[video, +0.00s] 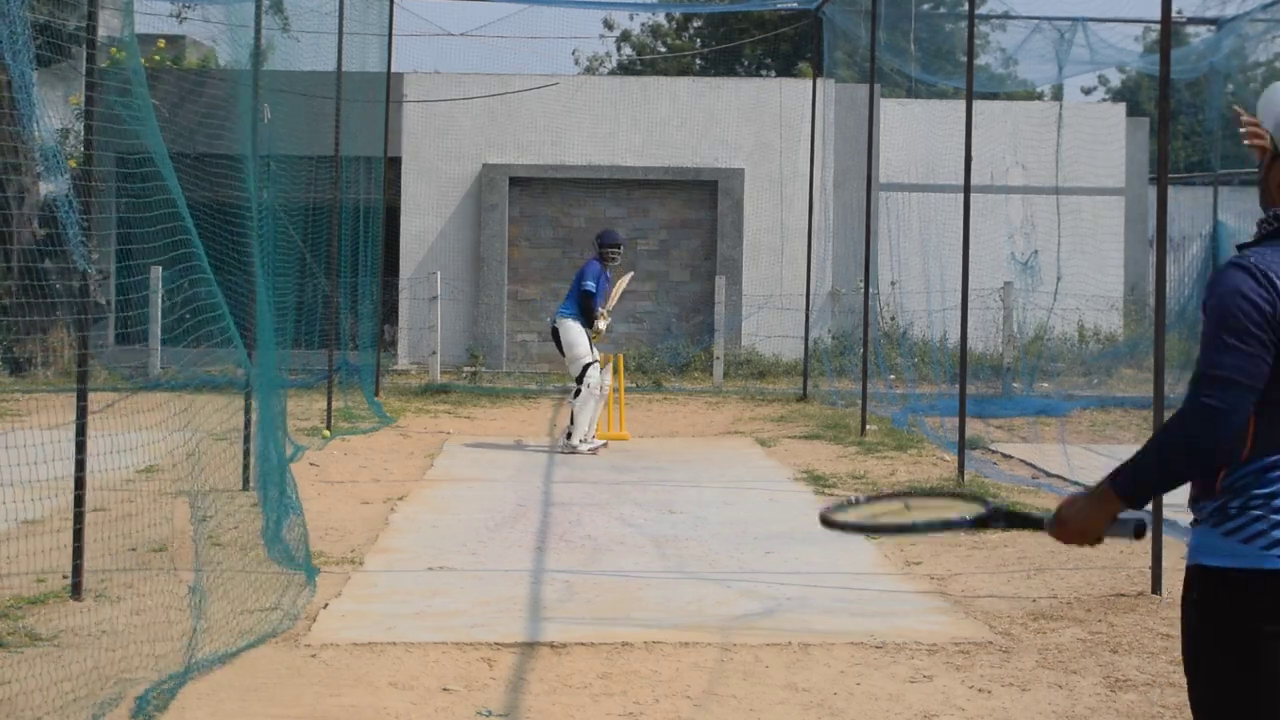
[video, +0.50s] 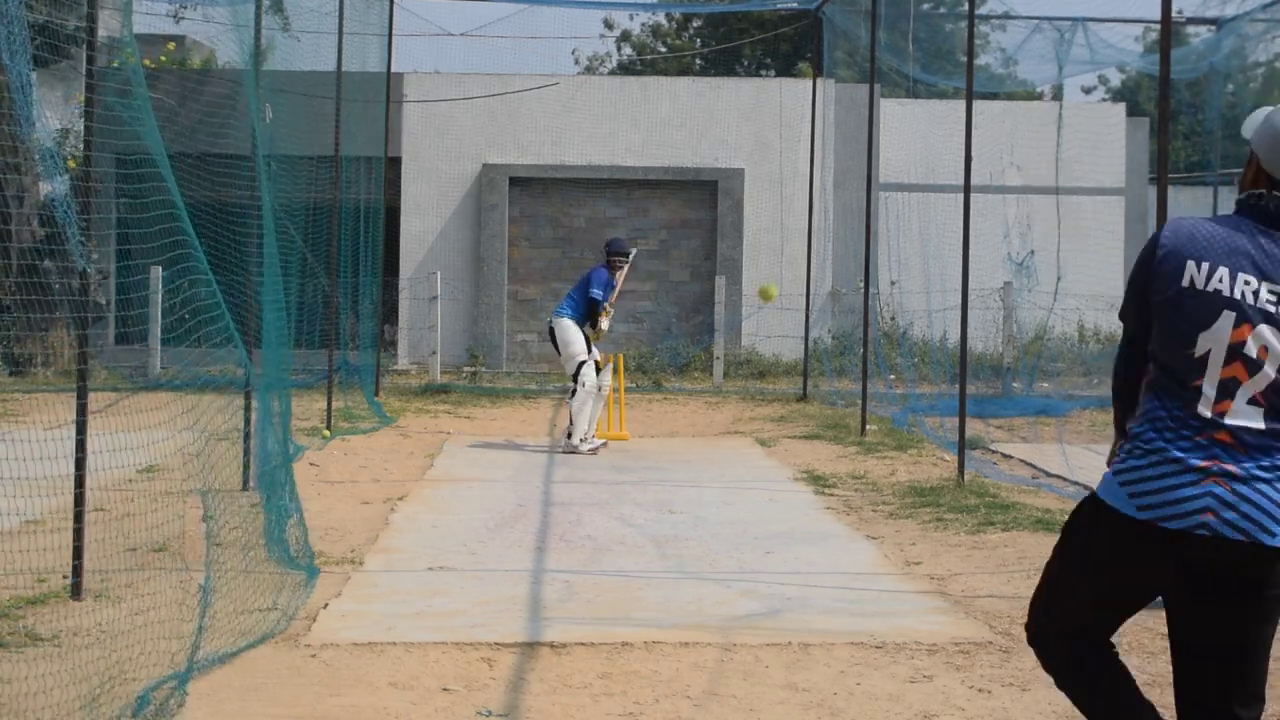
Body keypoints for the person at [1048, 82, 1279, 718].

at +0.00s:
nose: (1264, 168)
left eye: (1268, 157)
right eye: (1266, 155)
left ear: (1275, 173)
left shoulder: (1254, 276)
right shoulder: (1260, 271)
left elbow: (1213, 418)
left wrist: (1108, 496)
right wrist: (1273, 153)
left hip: (1246, 566)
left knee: (1233, 703)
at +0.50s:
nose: (1245, 166)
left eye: (1249, 158)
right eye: (1250, 158)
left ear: (1253, 167)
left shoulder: (1179, 240)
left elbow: (1129, 374)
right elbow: (1130, 376)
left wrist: (1134, 459)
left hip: (1146, 502)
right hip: (1255, 528)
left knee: (1061, 630)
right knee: (1228, 706)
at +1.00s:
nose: (1231, 170)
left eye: (1232, 162)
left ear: (1231, 169)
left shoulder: (1157, 240)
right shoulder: (1277, 264)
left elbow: (1109, 377)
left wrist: (1136, 456)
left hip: (1130, 501)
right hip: (1246, 519)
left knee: (1101, 621)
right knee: (1224, 700)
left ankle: (1116, 716)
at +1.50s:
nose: (1148, 195)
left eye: (1151, 181)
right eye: (1149, 182)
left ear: (1172, 178)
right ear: (1227, 181)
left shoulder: (1128, 248)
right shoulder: (1272, 267)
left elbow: (1073, 378)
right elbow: (1273, 398)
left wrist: (1122, 440)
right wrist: (1233, 446)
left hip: (1128, 512)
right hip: (1237, 516)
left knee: (1080, 698)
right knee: (1212, 701)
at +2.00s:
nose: (961, 288)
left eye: (960, 275)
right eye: (958, 278)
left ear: (980, 250)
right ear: (1037, 241)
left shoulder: (973, 306)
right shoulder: (1117, 294)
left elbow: (938, 451)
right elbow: (1166, 418)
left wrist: (897, 575)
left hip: (1059, 535)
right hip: (1166, 534)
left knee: (982, 706)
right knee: (1163, 708)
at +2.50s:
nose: (767, 522)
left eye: (760, 507)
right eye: (759, 510)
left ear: (770, 481)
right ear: (803, 442)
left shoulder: (791, 512)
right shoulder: (894, 408)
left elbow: (769, 664)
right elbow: (1031, 448)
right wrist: (902, 564)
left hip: (962, 561)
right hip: (1075, 529)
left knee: (896, 709)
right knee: (1129, 705)